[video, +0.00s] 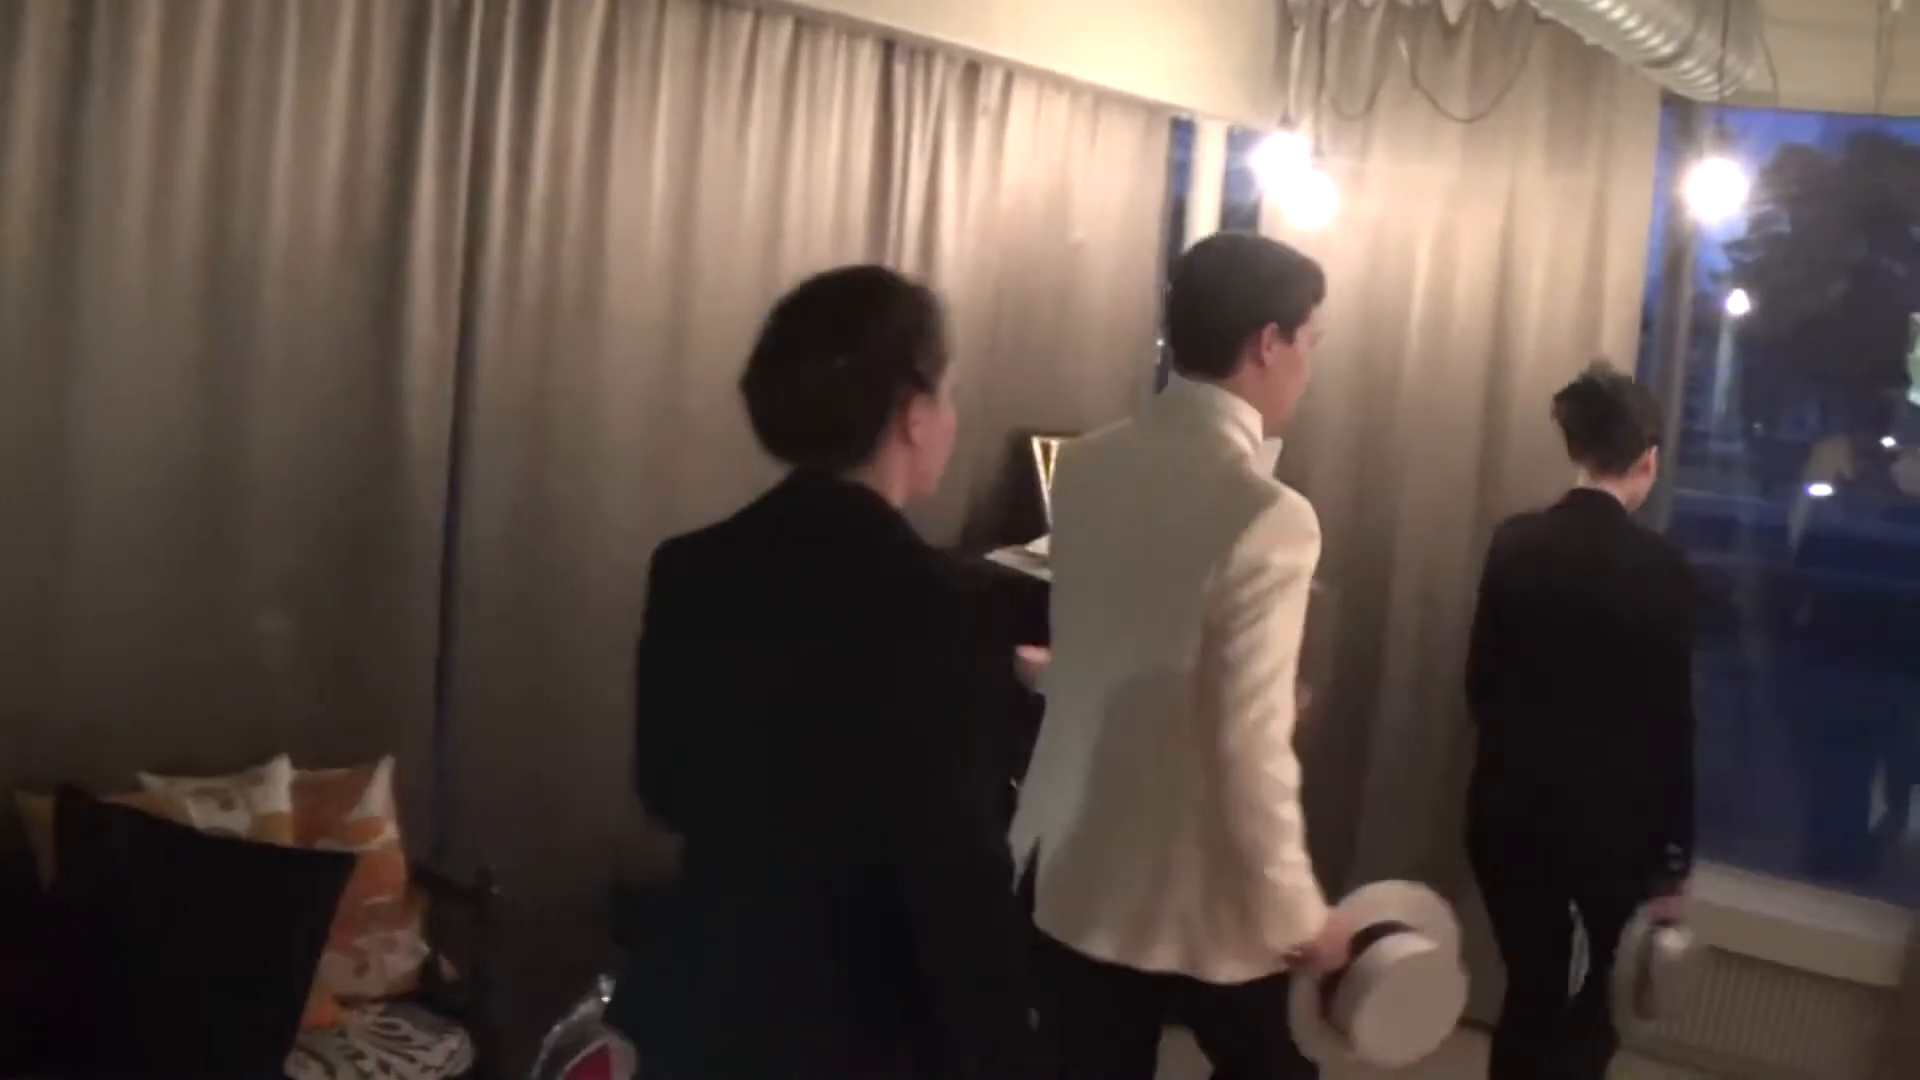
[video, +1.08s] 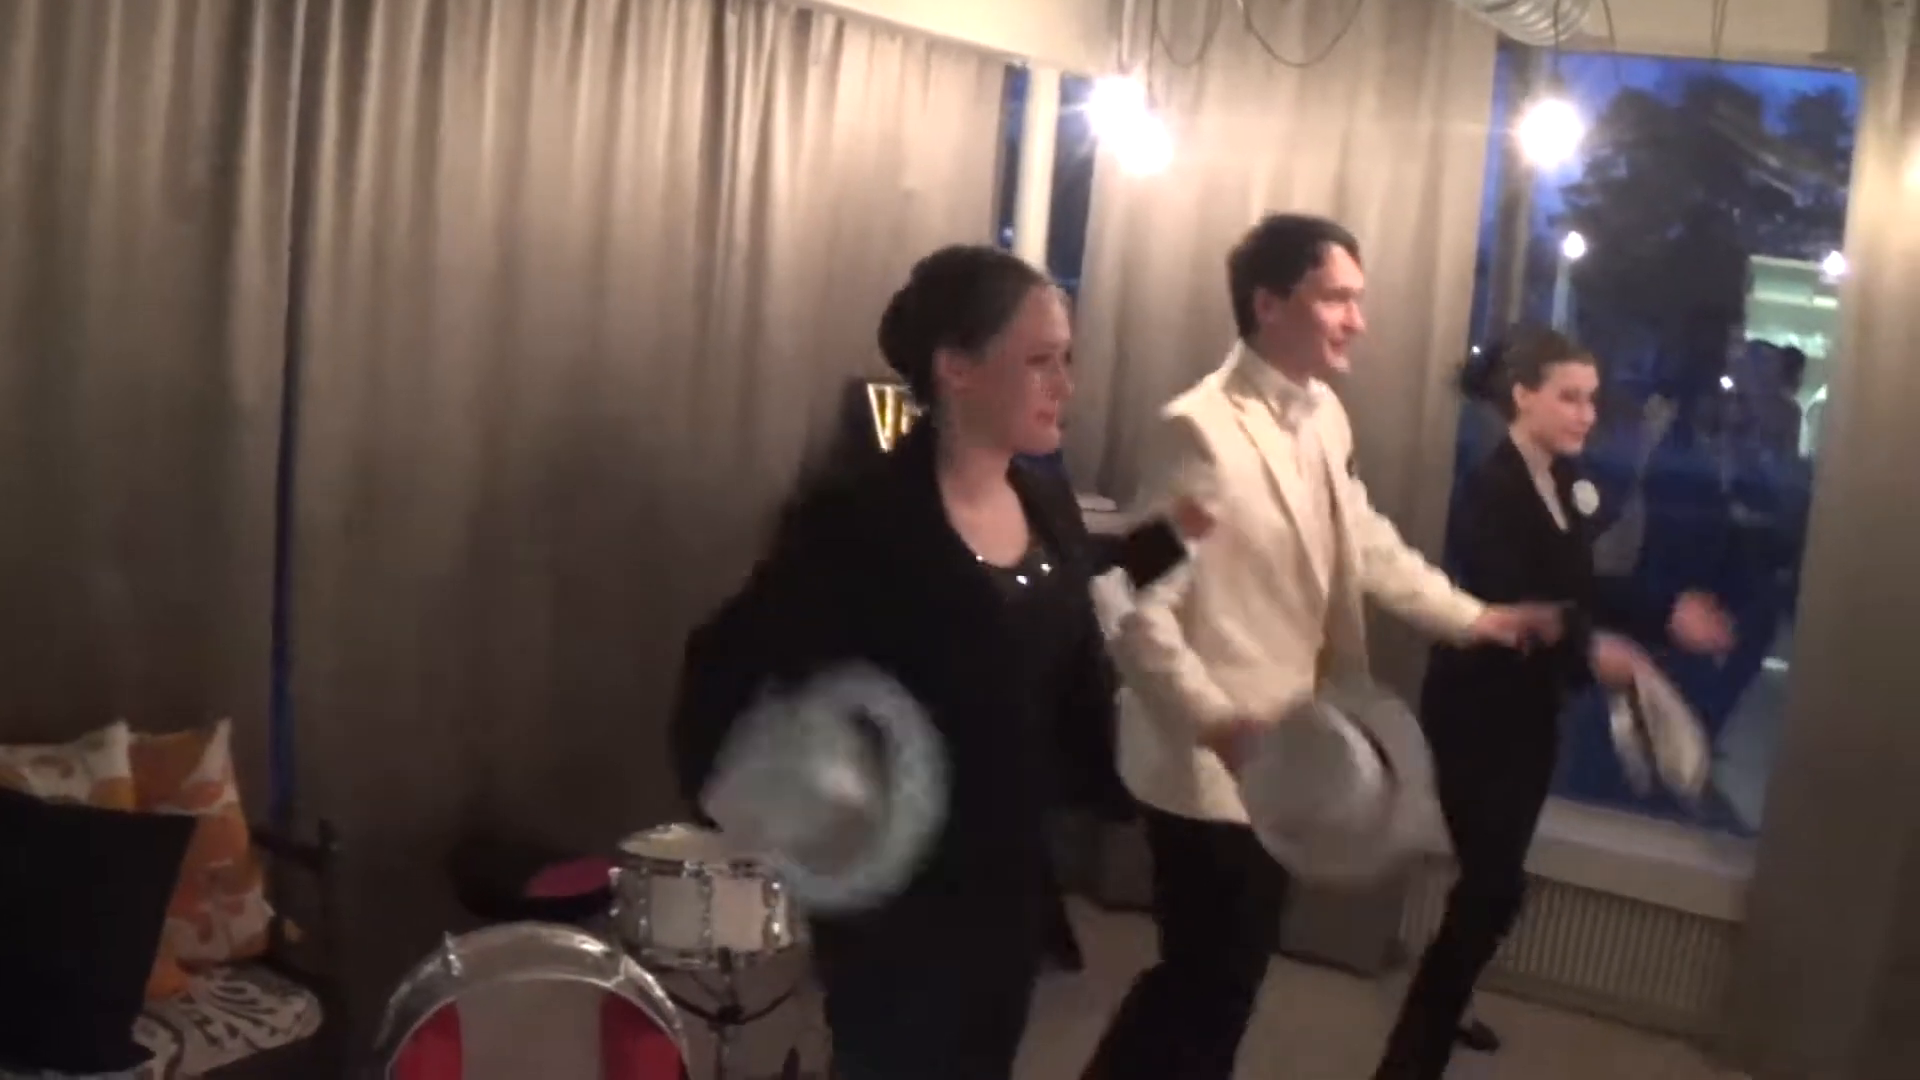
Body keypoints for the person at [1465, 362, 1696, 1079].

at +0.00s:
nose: (1657, 472)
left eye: (1650, 456)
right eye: (1657, 459)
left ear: (1573, 450)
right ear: (1646, 463)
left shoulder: (1516, 542)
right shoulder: (1658, 565)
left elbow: (1481, 684)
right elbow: (1673, 724)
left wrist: (1510, 762)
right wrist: (1673, 862)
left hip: (1511, 812)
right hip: (1613, 819)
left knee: (1530, 985)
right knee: (1606, 987)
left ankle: (1516, 1075)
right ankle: (1570, 1070)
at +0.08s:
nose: (1660, 457)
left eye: (1656, 441)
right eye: (1659, 444)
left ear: (1580, 434)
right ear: (1648, 449)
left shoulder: (1518, 519)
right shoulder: (1652, 549)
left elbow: (1496, 625)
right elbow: (1652, 697)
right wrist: (1642, 823)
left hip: (1504, 787)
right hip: (1598, 802)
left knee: (1508, 984)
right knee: (1589, 997)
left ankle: (1493, 1072)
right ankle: (1562, 1075)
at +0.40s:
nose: (1679, 465)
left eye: (1679, 451)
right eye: (1677, 451)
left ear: (1592, 450)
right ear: (1658, 458)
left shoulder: (1551, 523)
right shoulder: (1657, 545)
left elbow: (1529, 641)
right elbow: (1650, 688)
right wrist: (1643, 812)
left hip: (1540, 748)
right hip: (1611, 767)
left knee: (1523, 909)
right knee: (1591, 941)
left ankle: (1459, 1035)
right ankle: (1548, 1068)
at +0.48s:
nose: (1681, 466)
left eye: (1680, 452)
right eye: (1676, 453)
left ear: (1599, 454)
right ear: (1649, 459)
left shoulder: (1562, 525)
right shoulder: (1649, 543)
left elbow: (1535, 647)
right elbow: (1663, 686)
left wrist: (1545, 743)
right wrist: (1675, 806)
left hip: (1558, 747)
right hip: (1624, 761)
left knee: (1562, 898)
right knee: (1586, 933)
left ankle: (1464, 996)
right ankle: (1541, 1064)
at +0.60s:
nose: (1685, 442)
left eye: (1685, 426)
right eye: (1678, 426)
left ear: (1627, 428)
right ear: (1638, 428)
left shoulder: (1573, 498)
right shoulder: (1632, 511)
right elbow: (1673, 617)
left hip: (1544, 716)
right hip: (1590, 726)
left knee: (1596, 867)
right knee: (1592, 874)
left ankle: (1499, 1014)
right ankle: (1511, 1048)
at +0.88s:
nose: (1627, 434)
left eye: (1631, 419)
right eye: (1612, 418)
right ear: (1562, 417)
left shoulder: (1569, 497)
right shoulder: (1546, 507)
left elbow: (1565, 634)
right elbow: (1571, 667)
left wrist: (1627, 637)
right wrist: (1649, 666)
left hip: (1546, 721)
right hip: (1534, 731)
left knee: (1542, 893)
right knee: (1562, 906)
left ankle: (1473, 1024)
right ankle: (1447, 1032)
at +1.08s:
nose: (1587, 415)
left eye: (1592, 400)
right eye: (1572, 397)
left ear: (1590, 404)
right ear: (1522, 397)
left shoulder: (1566, 486)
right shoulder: (1489, 486)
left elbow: (1579, 590)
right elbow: (1505, 604)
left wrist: (1665, 613)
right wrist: (1585, 649)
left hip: (1530, 706)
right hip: (1475, 709)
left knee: (1492, 881)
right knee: (1491, 893)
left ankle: (1444, 1005)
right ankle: (1408, 1058)